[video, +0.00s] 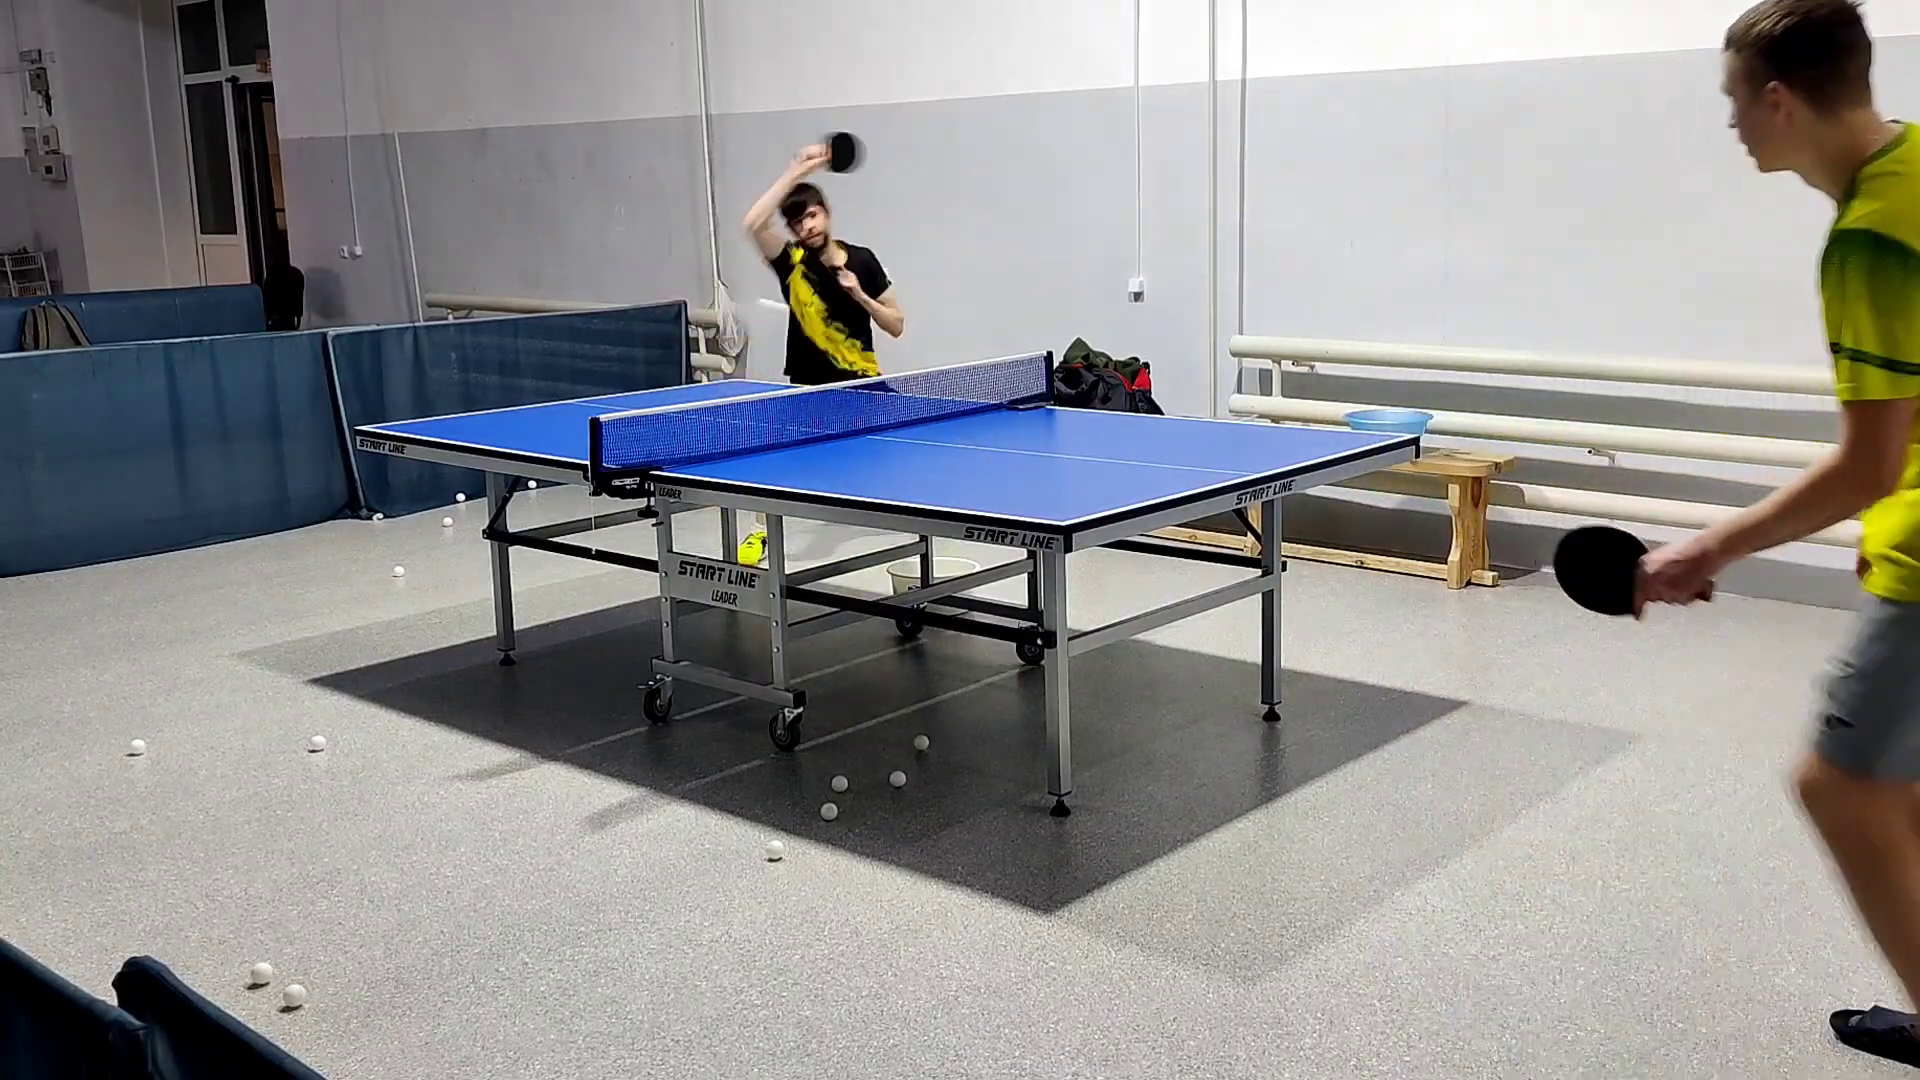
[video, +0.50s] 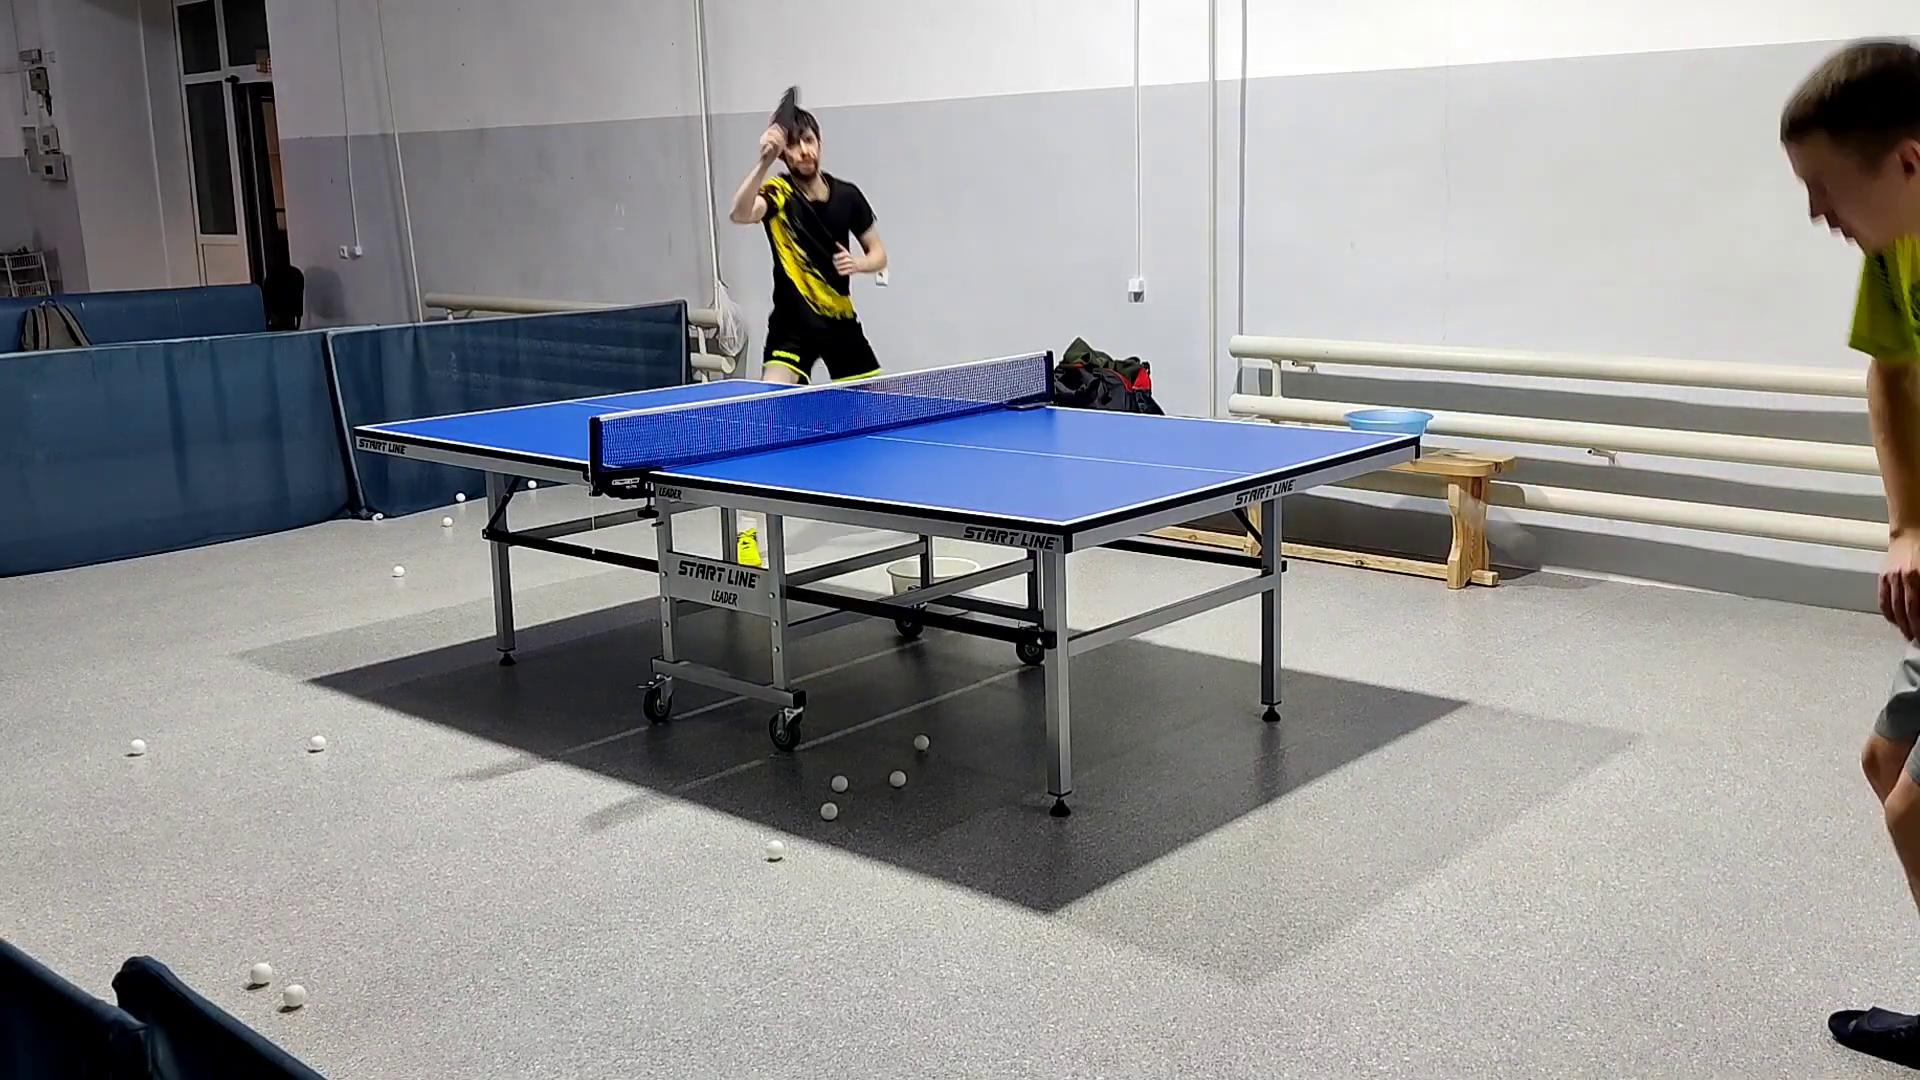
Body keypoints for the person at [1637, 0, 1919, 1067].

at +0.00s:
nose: (1735, 123)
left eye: (1739, 99)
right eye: (1732, 101)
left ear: (1786, 95)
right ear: (1836, 86)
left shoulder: (1874, 237)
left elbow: (1872, 463)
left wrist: (1714, 548)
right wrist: (1721, 546)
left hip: (1913, 567)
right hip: (1912, 562)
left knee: (1842, 787)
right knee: (1885, 788)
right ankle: (1919, 1019)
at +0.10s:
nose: (1750, 136)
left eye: (1753, 111)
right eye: (1747, 113)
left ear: (1804, 104)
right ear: (1835, 97)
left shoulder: (1900, 244)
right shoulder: (1901, 198)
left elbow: (1904, 476)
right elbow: (1912, 447)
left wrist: (1738, 573)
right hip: (1915, 585)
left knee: (1885, 799)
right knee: (1881, 785)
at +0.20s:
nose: (1769, 150)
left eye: (1774, 126)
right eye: (1765, 127)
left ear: (1831, 117)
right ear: (1842, 116)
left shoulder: (1917, 233)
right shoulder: (1901, 220)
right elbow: (1917, 431)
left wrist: (1783, 589)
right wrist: (1908, 546)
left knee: (1905, 790)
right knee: (1892, 764)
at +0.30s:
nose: (1785, 146)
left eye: (1792, 122)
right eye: (1782, 124)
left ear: (1859, 109)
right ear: (1861, 112)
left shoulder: (1908, 226)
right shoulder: (1891, 224)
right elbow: (1919, 417)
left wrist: (1881, 529)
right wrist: (1902, 536)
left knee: (1906, 759)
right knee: (1903, 756)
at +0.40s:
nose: (1803, 171)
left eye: (1809, 148)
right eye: (1797, 151)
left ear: (1887, 133)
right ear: (1881, 135)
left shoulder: (1910, 218)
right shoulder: (1880, 213)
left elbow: (1889, 360)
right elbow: (1892, 359)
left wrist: (1908, 510)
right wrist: (1908, 504)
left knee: (1901, 768)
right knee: (1896, 761)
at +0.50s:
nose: (1816, 209)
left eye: (1821, 184)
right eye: (1808, 187)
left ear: (1902, 162)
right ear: (1891, 167)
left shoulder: (1908, 259)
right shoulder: (1886, 256)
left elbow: (1888, 383)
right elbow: (1888, 381)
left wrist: (1905, 529)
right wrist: (1904, 524)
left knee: (1908, 807)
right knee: (1886, 760)